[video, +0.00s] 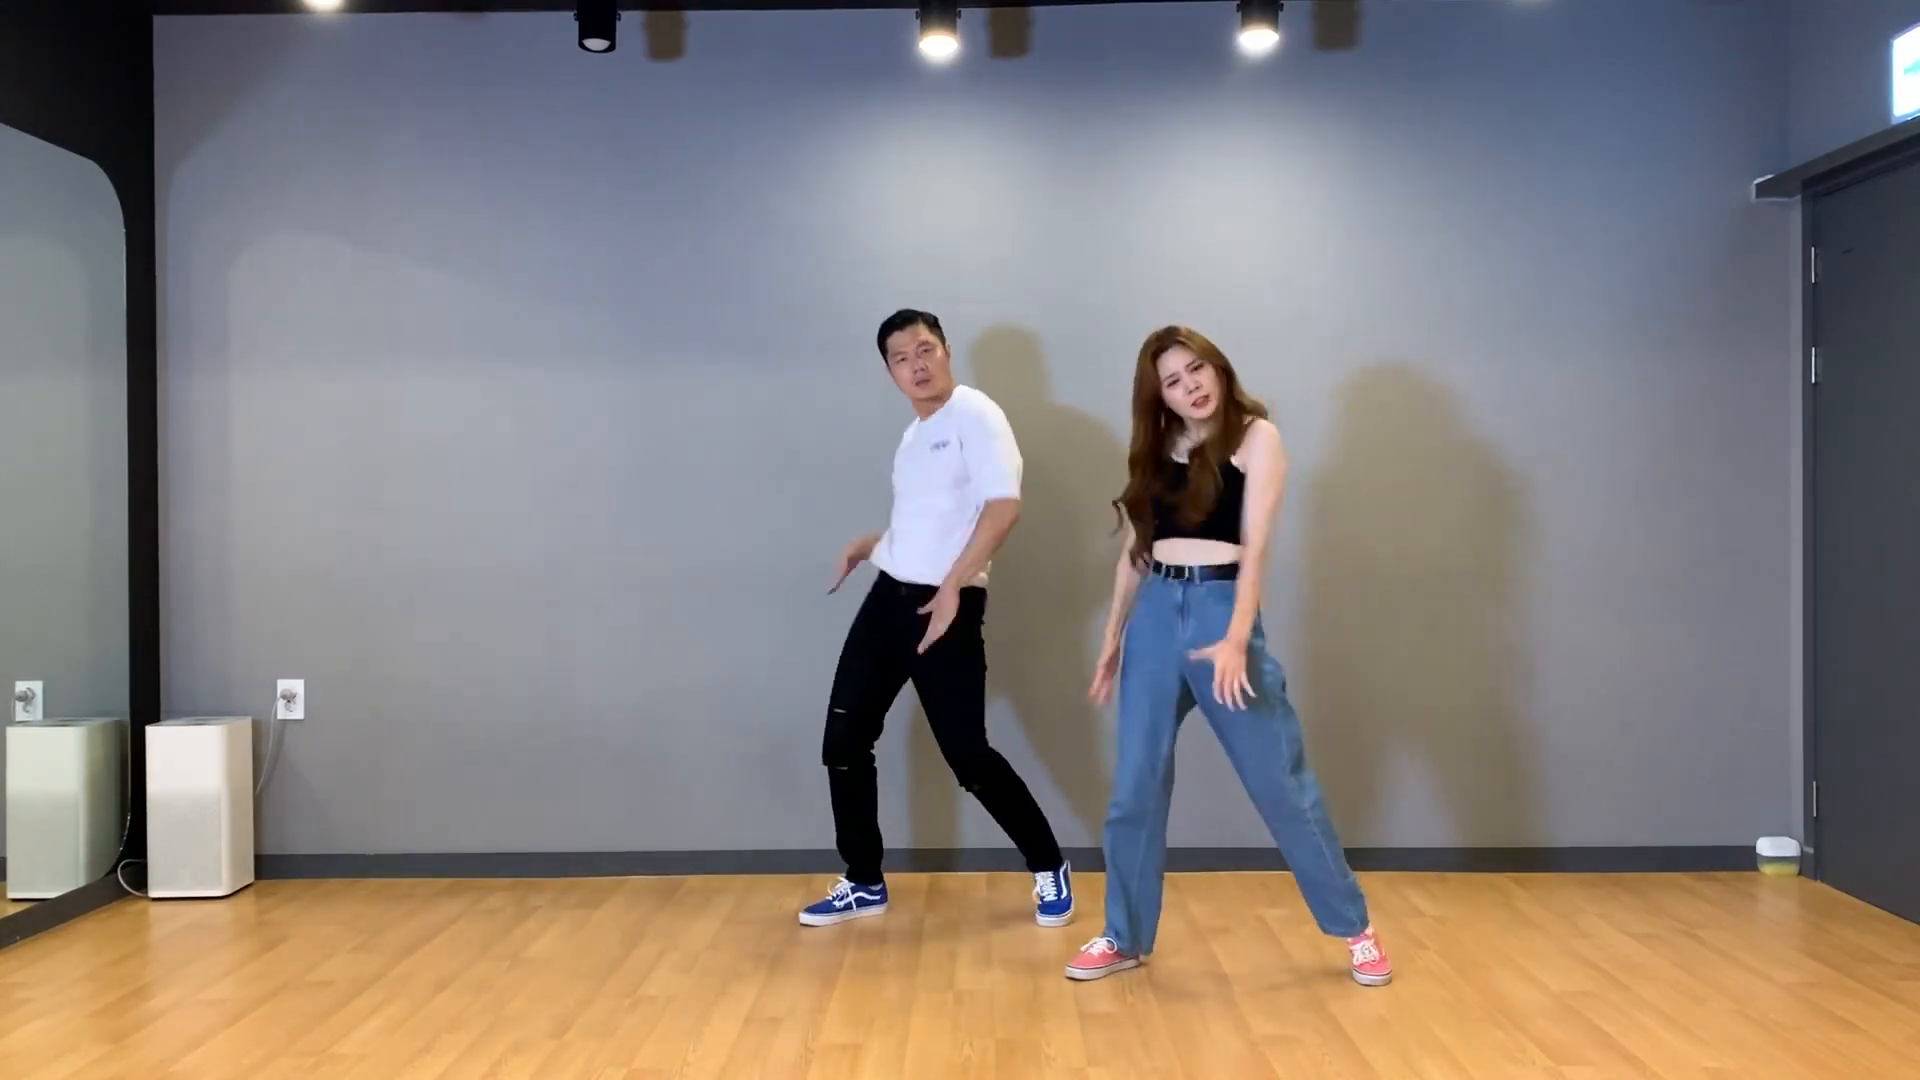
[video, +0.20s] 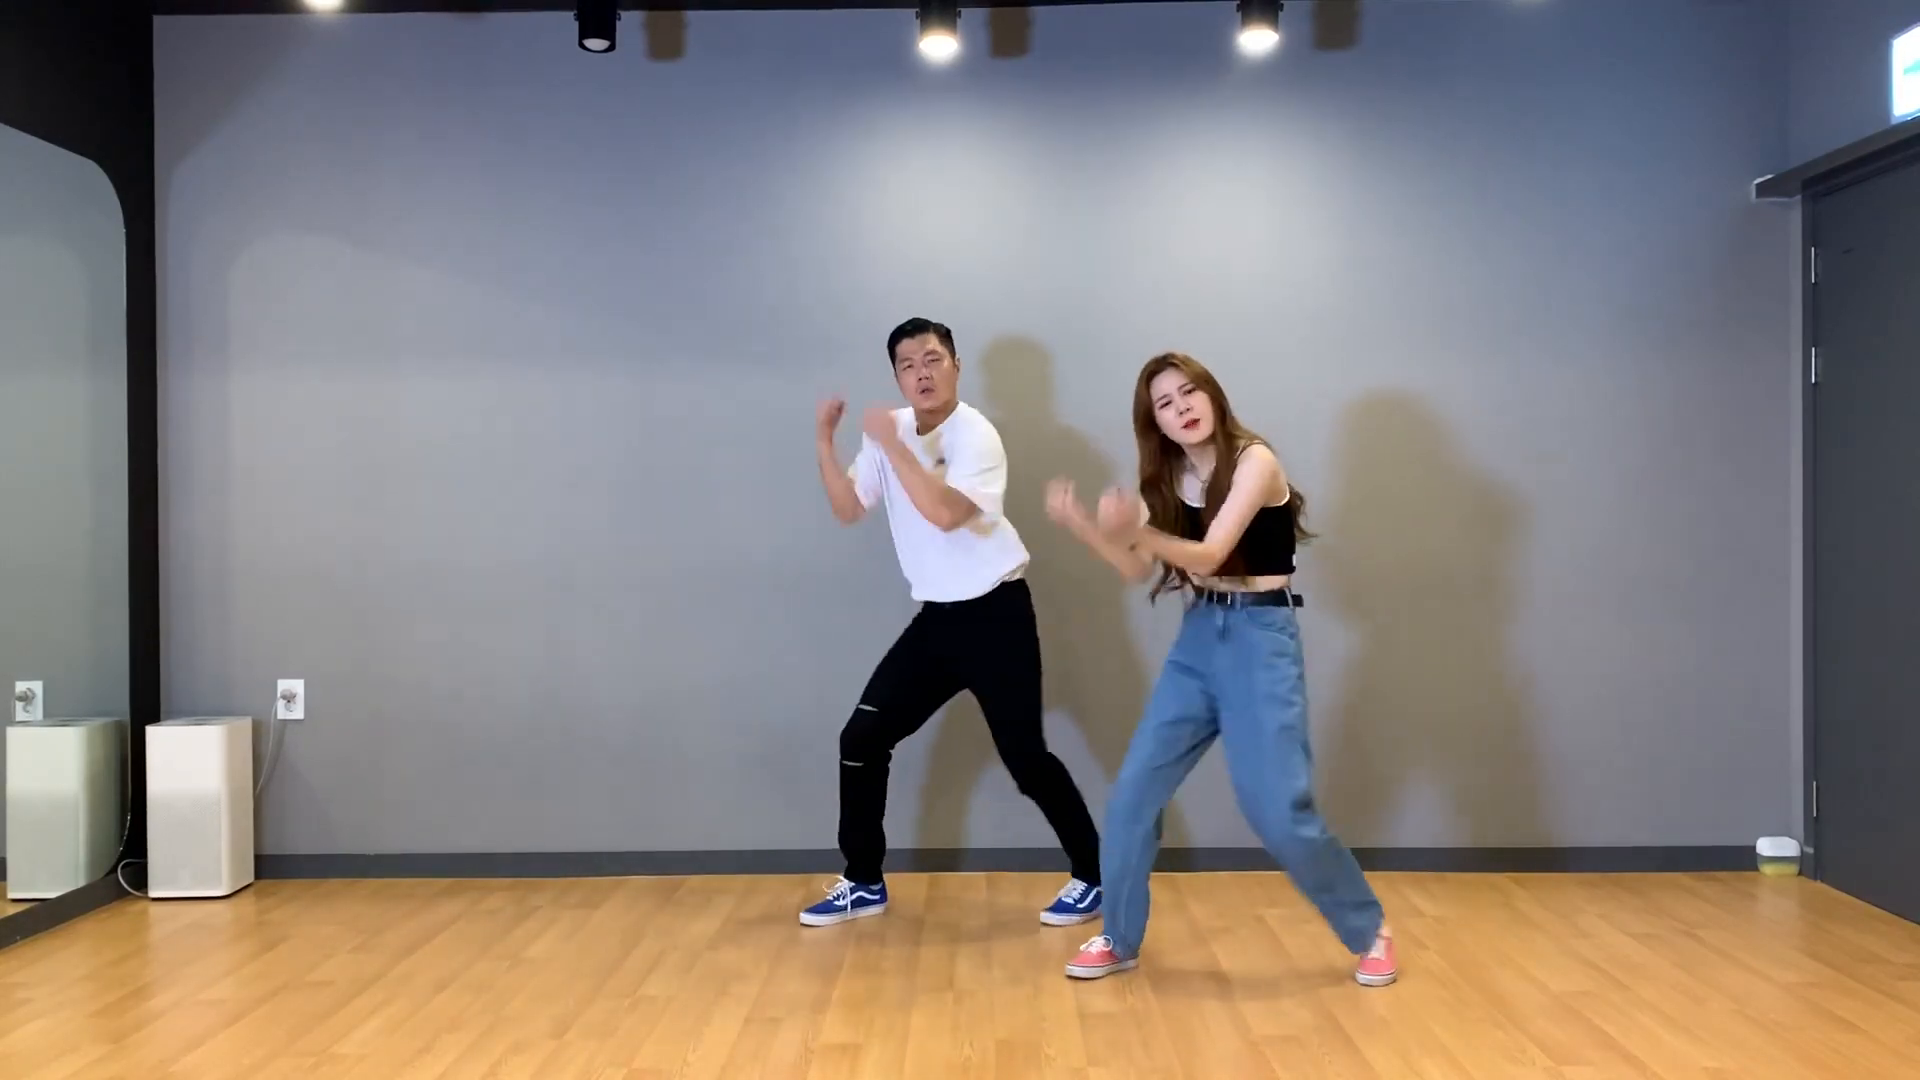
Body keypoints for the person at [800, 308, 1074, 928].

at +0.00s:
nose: (917, 363)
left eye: (926, 349)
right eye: (902, 358)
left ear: (947, 355)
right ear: (891, 374)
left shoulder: (976, 413)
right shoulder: (914, 435)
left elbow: (1004, 507)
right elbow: (920, 522)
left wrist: (951, 584)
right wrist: (871, 543)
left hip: (948, 603)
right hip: (889, 600)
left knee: (969, 758)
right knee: (845, 742)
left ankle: (1049, 866)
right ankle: (864, 883)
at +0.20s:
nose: (922, 372)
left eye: (933, 359)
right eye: (909, 365)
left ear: (956, 367)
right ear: (897, 379)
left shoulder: (977, 436)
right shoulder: (890, 435)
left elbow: (944, 510)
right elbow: (849, 510)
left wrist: (891, 443)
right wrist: (826, 443)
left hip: (999, 614)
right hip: (937, 619)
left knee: (1027, 760)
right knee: (863, 740)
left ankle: (1094, 875)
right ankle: (864, 883)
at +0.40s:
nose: (922, 384)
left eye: (931, 367)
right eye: (910, 377)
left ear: (957, 360)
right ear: (903, 385)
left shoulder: (992, 428)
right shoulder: (911, 428)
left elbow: (931, 496)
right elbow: (871, 498)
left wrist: (895, 422)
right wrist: (846, 421)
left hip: (975, 614)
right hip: (915, 611)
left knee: (986, 770)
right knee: (851, 740)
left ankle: (1077, 862)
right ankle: (864, 883)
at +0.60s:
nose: (926, 394)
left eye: (934, 378)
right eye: (914, 388)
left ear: (959, 369)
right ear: (907, 396)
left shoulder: (995, 435)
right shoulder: (925, 440)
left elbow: (937, 515)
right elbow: (893, 510)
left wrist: (904, 437)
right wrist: (866, 434)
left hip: (980, 620)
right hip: (921, 619)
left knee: (989, 773)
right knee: (851, 739)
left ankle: (1084, 871)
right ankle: (864, 884)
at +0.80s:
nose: (924, 390)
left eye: (933, 374)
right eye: (910, 382)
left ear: (957, 370)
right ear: (899, 390)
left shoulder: (984, 444)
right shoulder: (900, 423)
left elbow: (957, 512)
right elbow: (873, 500)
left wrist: (915, 437)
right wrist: (860, 429)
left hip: (996, 617)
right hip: (936, 619)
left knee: (1030, 760)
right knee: (861, 739)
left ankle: (1105, 878)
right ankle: (866, 883)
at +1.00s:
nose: (923, 375)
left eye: (933, 360)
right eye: (909, 366)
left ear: (957, 360)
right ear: (899, 375)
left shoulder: (1005, 439)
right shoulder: (884, 437)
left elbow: (1029, 533)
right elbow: (858, 525)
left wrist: (1023, 620)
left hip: (968, 622)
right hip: (892, 618)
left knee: (991, 758)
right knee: (831, 737)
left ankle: (1010, 877)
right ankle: (860, 881)